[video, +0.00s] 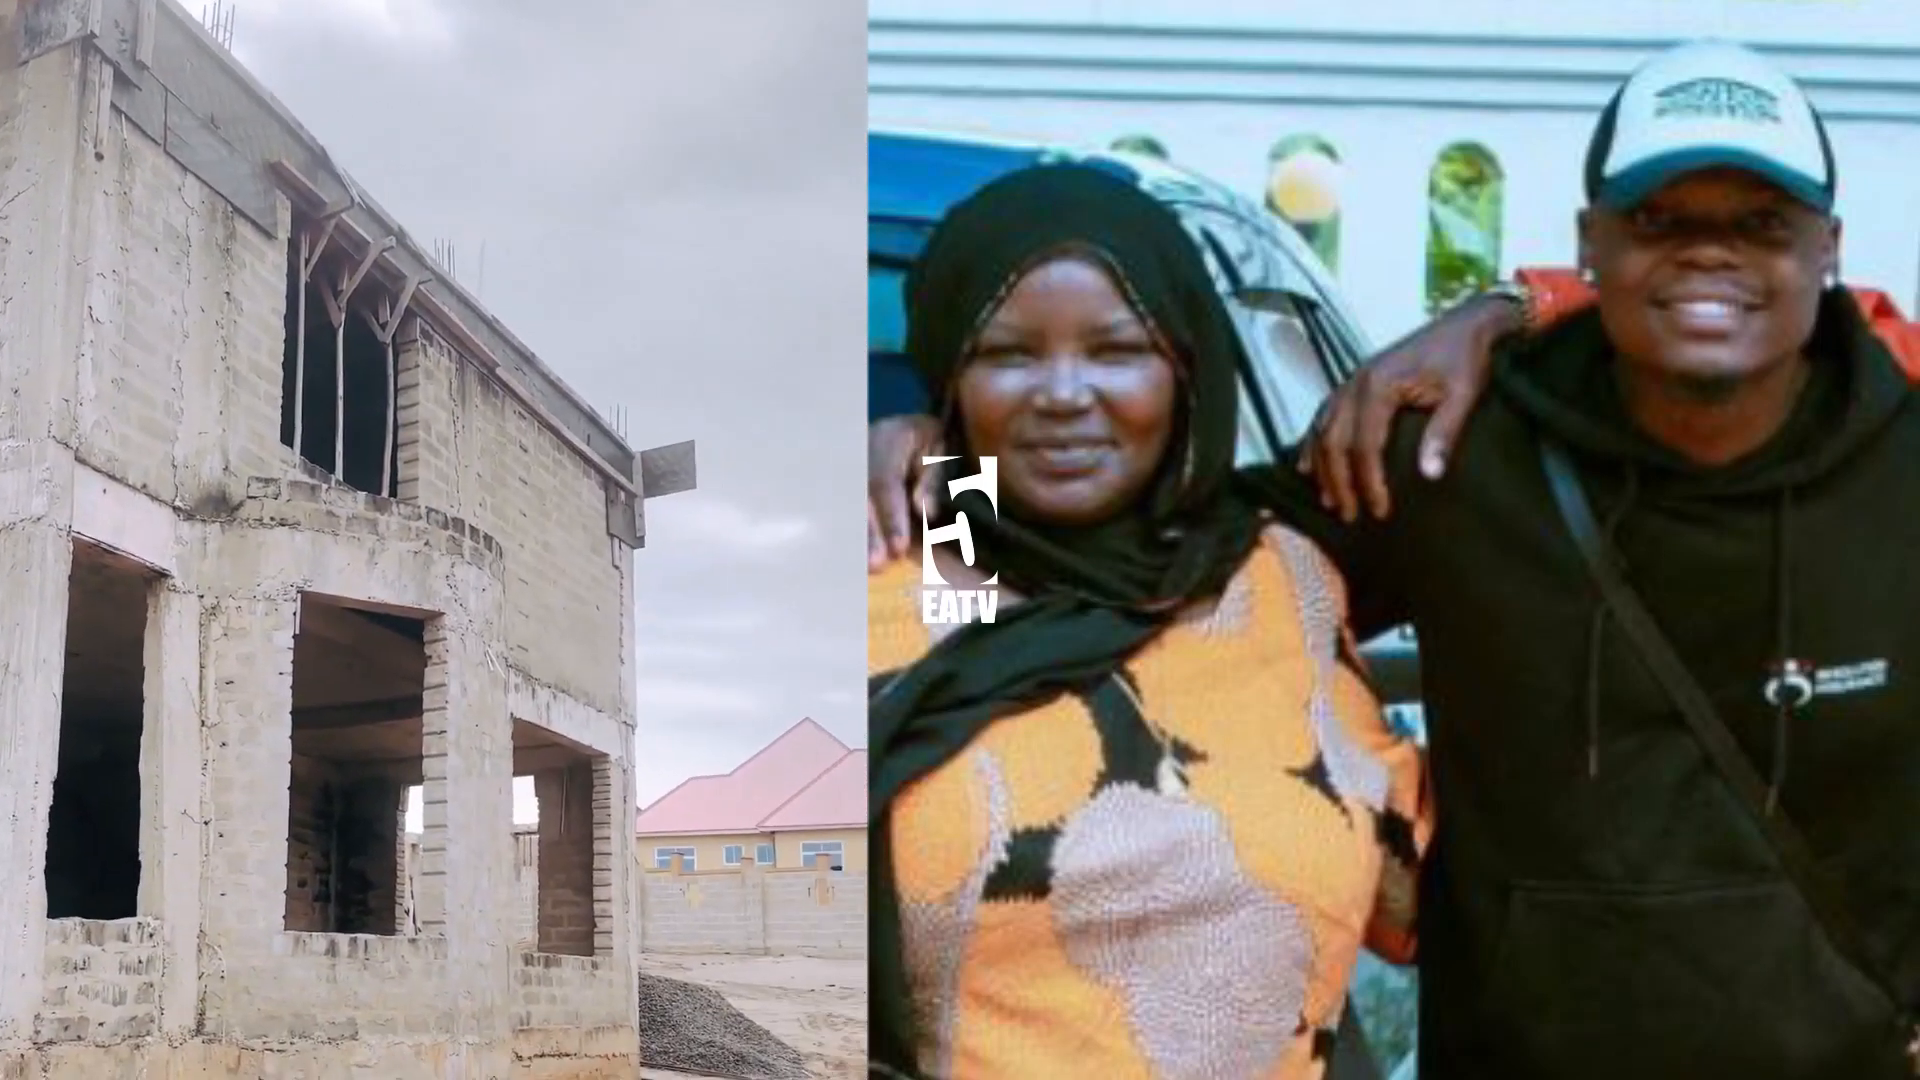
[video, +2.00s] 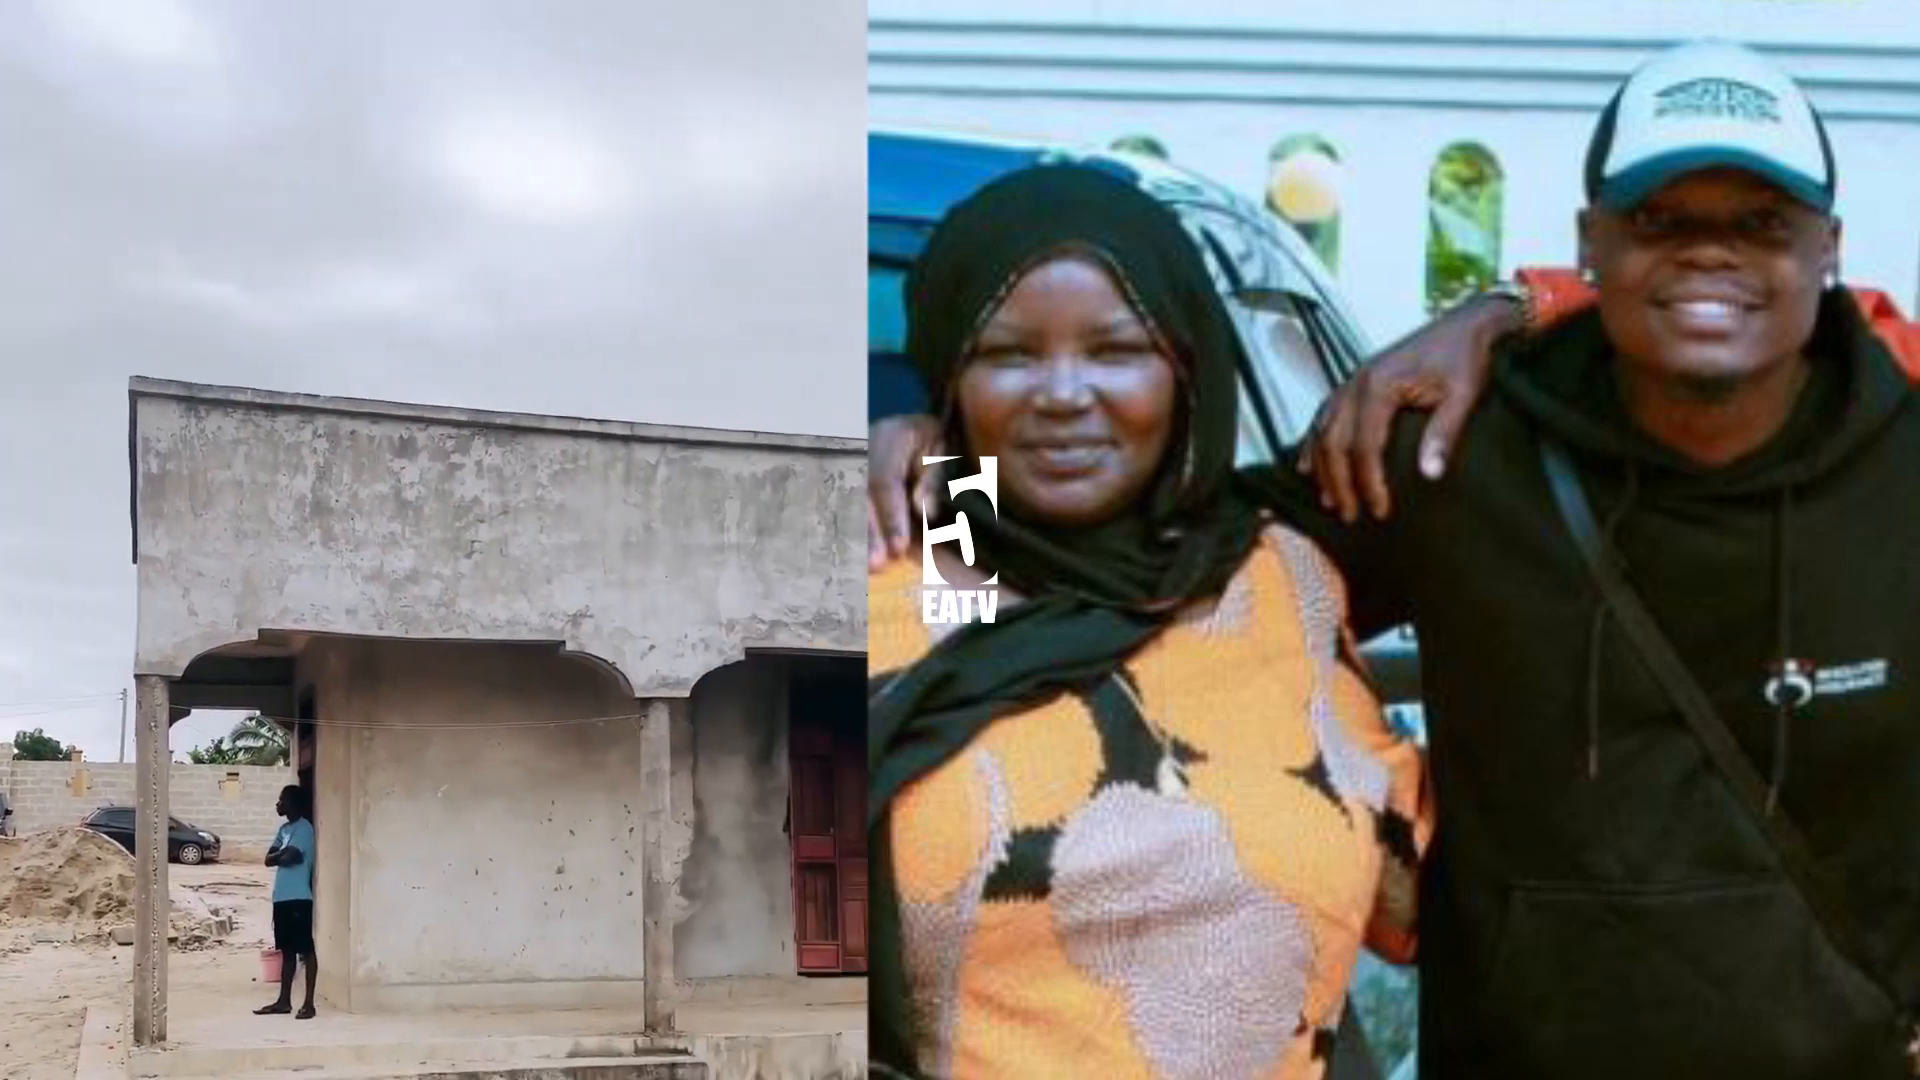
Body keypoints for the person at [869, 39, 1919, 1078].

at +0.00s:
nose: (1707, 251)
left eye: (1757, 219)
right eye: (1664, 215)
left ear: (1826, 250)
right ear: (1595, 242)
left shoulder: (1898, 445)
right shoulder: (1464, 448)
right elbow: (1176, 556)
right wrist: (957, 460)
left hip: (1849, 1037)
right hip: (1535, 1044)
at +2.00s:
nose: (1707, 251)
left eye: (1757, 219)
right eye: (1664, 215)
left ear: (1825, 250)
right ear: (1595, 242)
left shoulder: (1899, 445)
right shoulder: (1464, 448)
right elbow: (1178, 558)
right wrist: (967, 464)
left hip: (1849, 1038)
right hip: (1537, 1044)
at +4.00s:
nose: (1707, 250)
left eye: (1757, 218)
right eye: (1664, 214)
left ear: (1826, 250)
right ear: (1595, 241)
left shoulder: (1898, 443)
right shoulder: (1464, 449)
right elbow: (1171, 556)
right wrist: (955, 448)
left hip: (1848, 1037)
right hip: (1536, 1044)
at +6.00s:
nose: (1707, 252)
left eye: (1757, 219)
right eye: (1664, 215)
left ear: (1826, 250)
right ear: (1594, 242)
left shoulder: (1898, 446)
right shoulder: (1463, 449)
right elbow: (1170, 557)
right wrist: (952, 452)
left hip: (1848, 1038)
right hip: (1535, 1044)